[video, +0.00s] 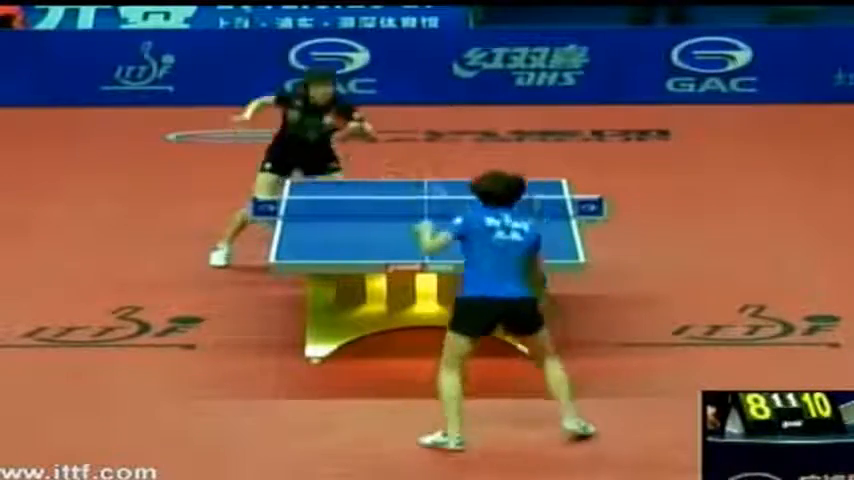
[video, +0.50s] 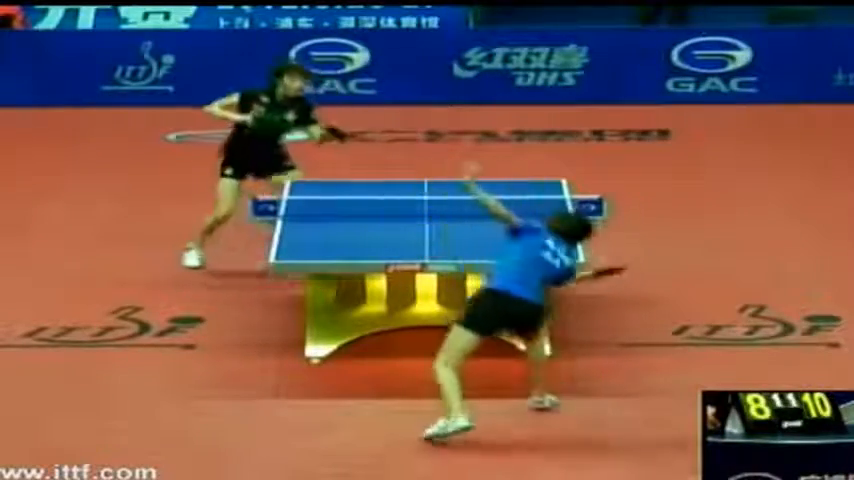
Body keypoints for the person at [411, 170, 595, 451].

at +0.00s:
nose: (477, 198)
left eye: (480, 194)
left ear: (483, 197)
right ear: (514, 199)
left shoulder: (470, 221)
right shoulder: (527, 228)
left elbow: (431, 248)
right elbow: (537, 274)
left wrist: (425, 235)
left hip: (476, 301)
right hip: (519, 302)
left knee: (451, 365)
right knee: (548, 357)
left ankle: (452, 434)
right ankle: (571, 418)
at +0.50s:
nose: (553, 217)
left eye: (557, 216)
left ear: (555, 222)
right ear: (574, 238)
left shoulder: (531, 229)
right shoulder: (565, 261)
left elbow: (498, 211)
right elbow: (561, 281)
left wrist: (472, 186)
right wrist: (593, 275)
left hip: (496, 296)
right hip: (530, 308)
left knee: (445, 362)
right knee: (537, 339)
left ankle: (456, 416)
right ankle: (539, 393)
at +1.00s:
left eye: (491, 202)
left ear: (494, 205)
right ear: (524, 204)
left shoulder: (492, 231)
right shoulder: (542, 235)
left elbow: (454, 261)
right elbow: (554, 279)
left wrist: (437, 258)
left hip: (498, 307)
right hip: (535, 309)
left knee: (447, 365)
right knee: (535, 352)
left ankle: (445, 431)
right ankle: (552, 411)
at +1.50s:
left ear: (499, 231)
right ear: (535, 234)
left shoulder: (477, 256)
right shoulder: (538, 262)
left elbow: (446, 293)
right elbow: (564, 293)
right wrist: (559, 266)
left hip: (469, 342)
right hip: (515, 345)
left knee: (427, 393)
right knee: (567, 391)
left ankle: (403, 459)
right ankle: (599, 460)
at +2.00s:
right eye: (489, 328)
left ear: (467, 304)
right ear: (483, 330)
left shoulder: (433, 299)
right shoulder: (452, 352)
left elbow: (408, 265)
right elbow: (413, 375)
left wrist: (396, 230)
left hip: (344, 355)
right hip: (377, 373)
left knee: (324, 407)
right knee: (457, 409)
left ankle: (282, 460)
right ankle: (500, 470)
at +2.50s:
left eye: (389, 233)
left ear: (389, 236)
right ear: (425, 236)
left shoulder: (379, 263)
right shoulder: (441, 268)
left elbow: (337, 287)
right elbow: (471, 308)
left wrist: (317, 287)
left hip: (394, 348)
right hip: (435, 347)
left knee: (372, 418)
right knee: (470, 397)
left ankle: (366, 472)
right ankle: (498, 458)